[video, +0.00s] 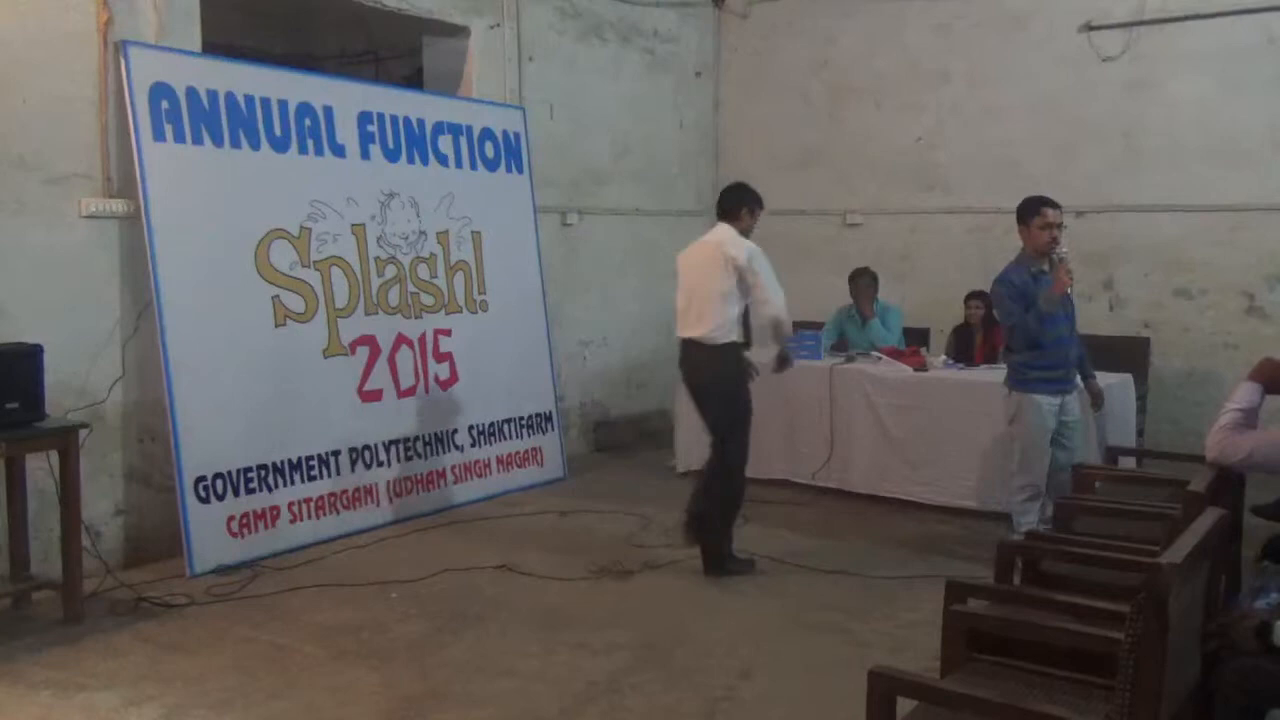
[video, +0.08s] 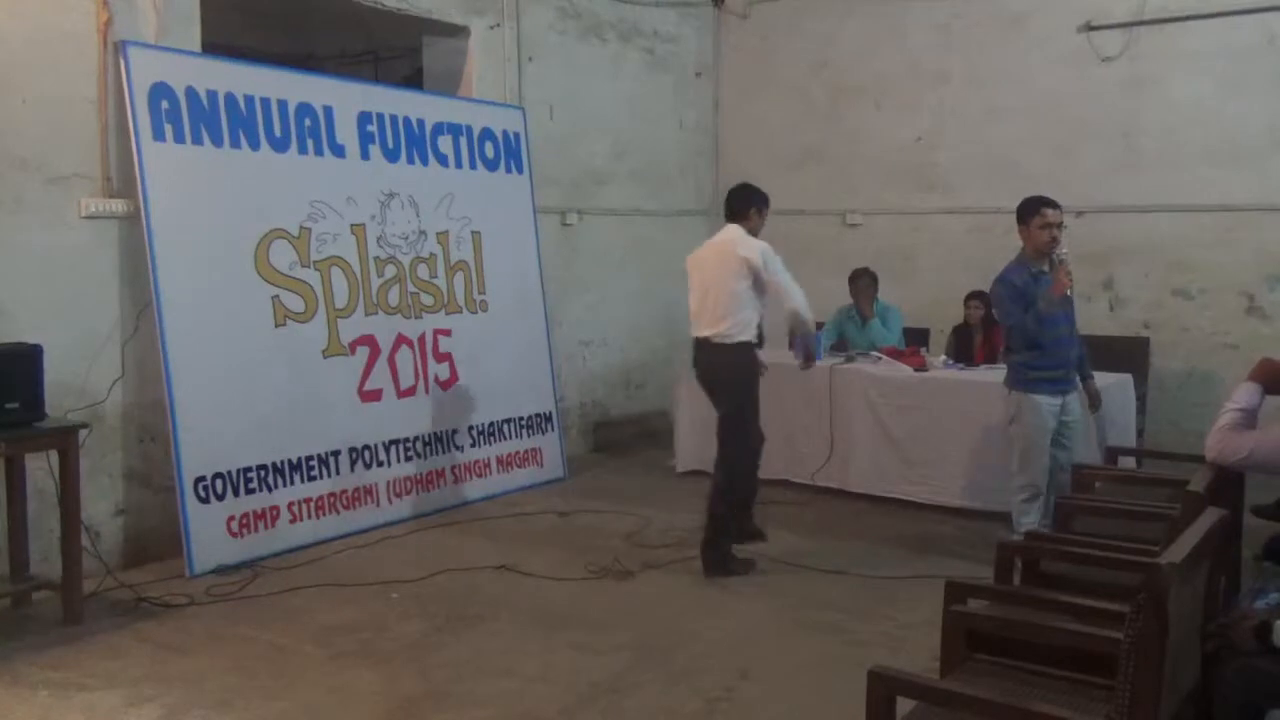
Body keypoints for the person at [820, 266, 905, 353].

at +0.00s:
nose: (860, 293)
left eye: (866, 288)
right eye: (856, 289)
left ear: (875, 291)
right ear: (850, 292)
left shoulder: (891, 313)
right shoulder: (843, 314)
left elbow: (889, 347)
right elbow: (823, 342)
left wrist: (870, 317)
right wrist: (833, 346)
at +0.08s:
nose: (860, 293)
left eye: (866, 288)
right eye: (856, 289)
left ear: (875, 291)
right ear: (850, 292)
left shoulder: (891, 314)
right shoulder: (843, 314)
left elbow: (889, 348)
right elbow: (822, 342)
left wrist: (870, 317)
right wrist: (834, 346)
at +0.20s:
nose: (861, 294)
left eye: (866, 288)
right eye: (856, 289)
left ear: (875, 291)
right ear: (851, 292)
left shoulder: (891, 313)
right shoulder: (842, 314)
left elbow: (890, 348)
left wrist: (870, 318)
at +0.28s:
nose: (860, 294)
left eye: (866, 289)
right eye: (855, 289)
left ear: (875, 291)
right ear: (850, 292)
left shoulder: (890, 313)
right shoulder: (842, 314)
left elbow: (890, 348)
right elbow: (831, 345)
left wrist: (870, 318)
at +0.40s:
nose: (860, 293)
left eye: (866, 288)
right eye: (856, 289)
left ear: (875, 291)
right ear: (850, 291)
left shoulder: (890, 313)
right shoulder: (843, 314)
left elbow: (890, 348)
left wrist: (870, 318)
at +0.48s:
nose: (860, 294)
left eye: (865, 289)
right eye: (856, 289)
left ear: (874, 291)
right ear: (850, 292)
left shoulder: (891, 312)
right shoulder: (844, 313)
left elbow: (889, 347)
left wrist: (869, 317)